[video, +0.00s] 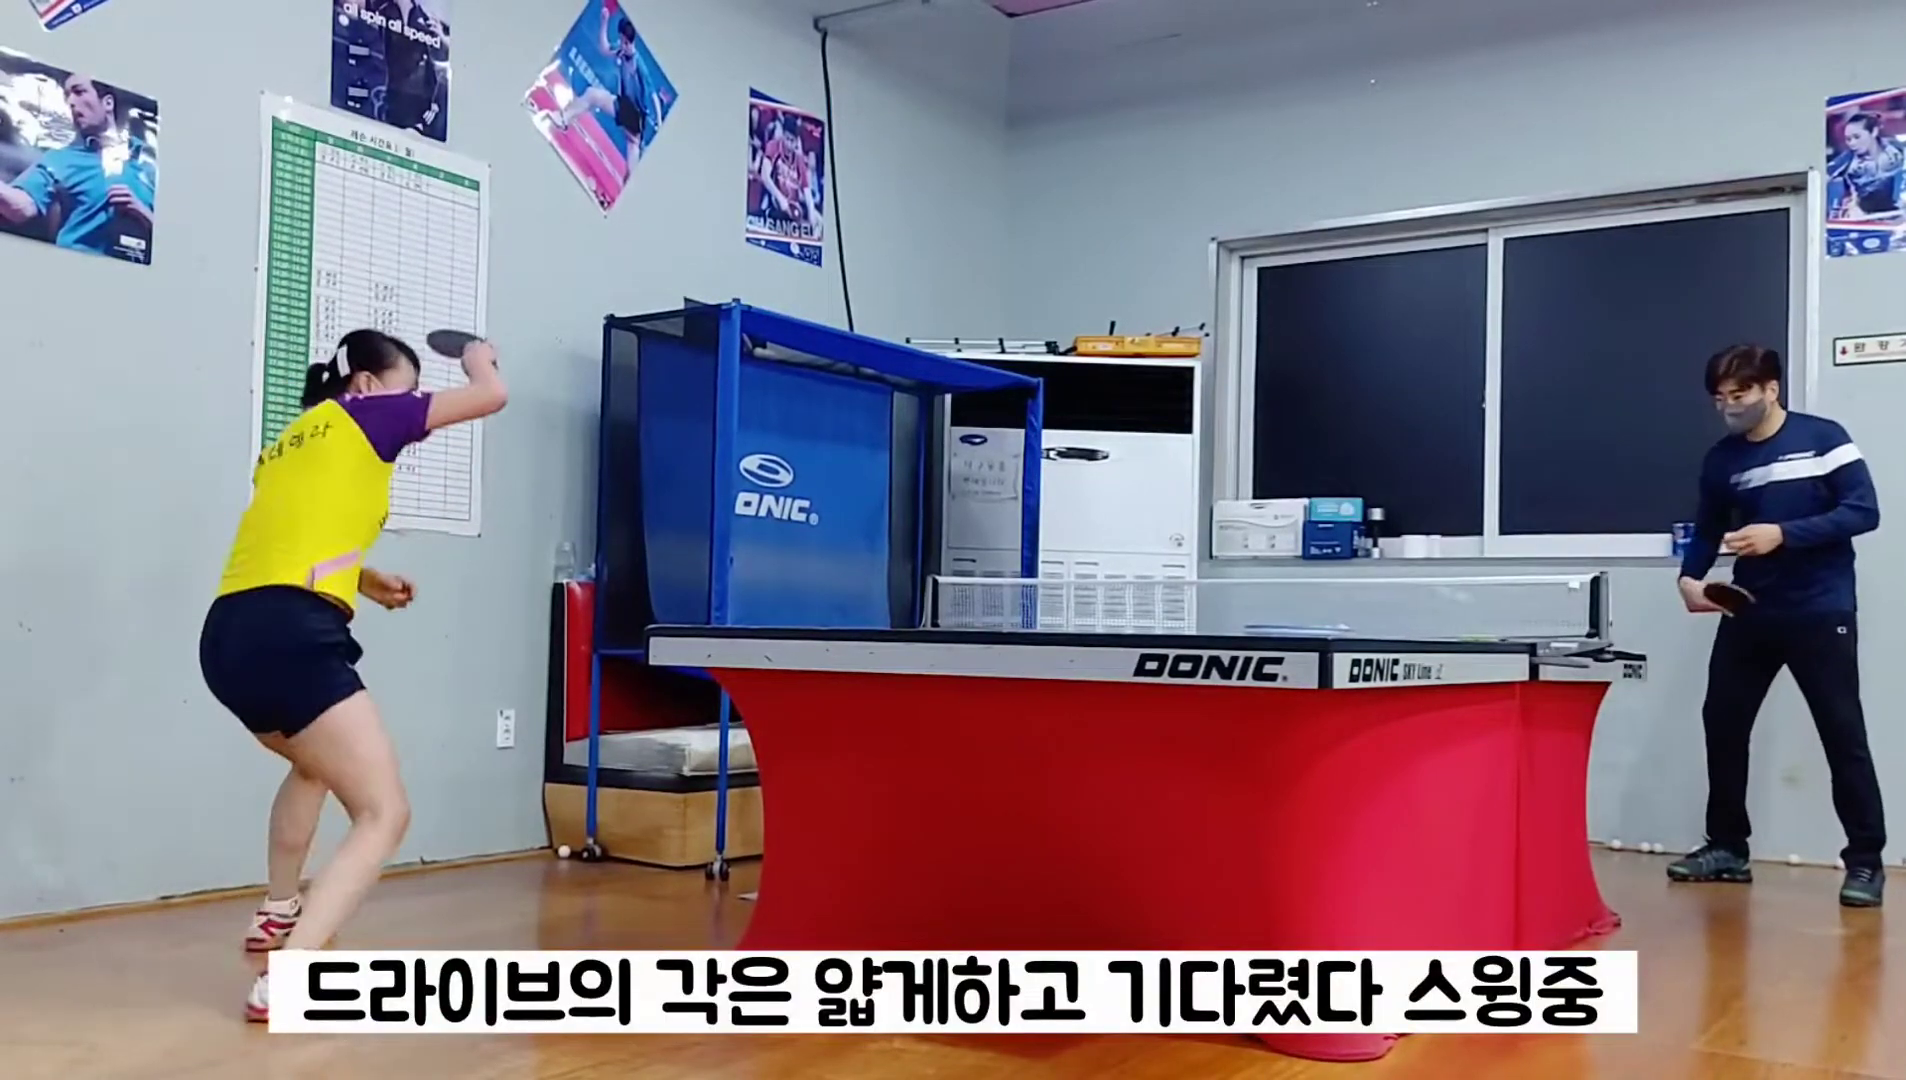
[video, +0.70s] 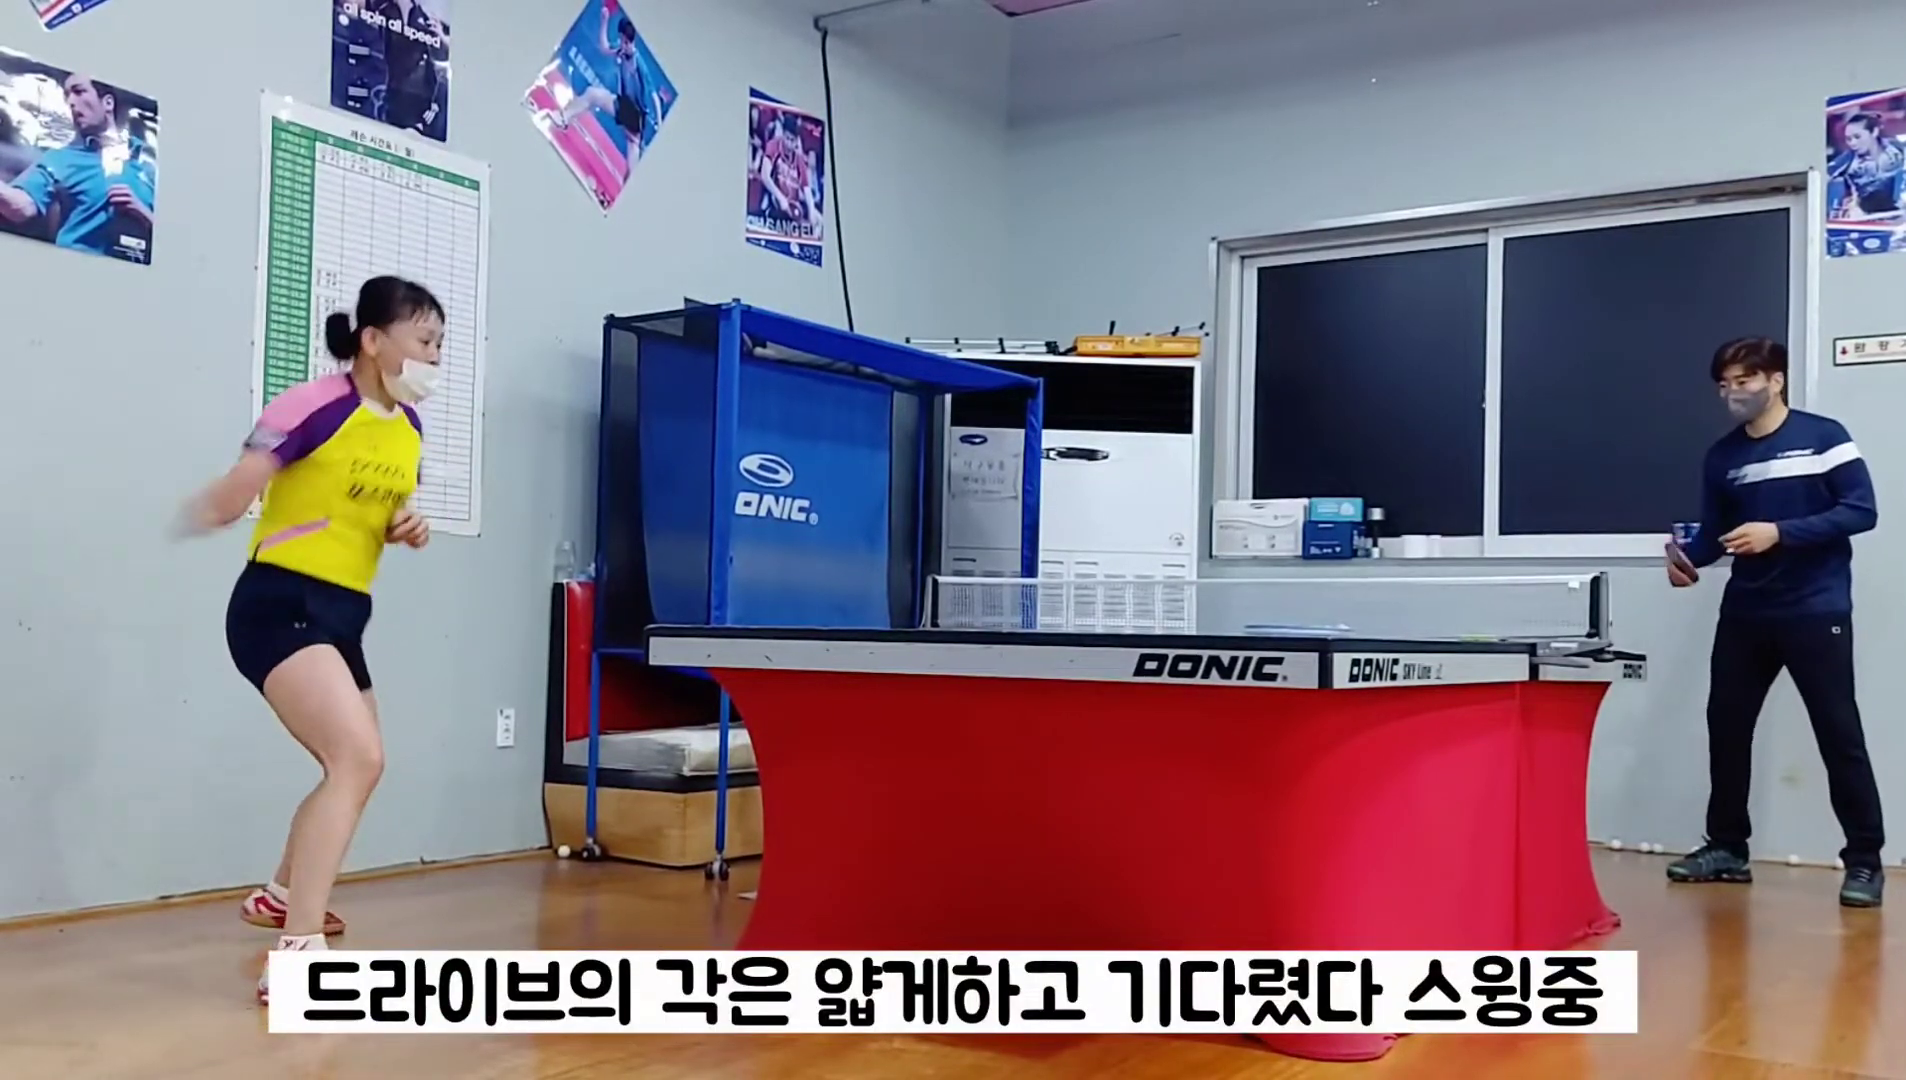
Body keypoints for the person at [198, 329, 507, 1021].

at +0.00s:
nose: (411, 402)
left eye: (413, 392)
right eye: (406, 390)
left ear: (349, 382)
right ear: (367, 380)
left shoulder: (293, 438)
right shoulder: (371, 414)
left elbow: (295, 530)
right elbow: (491, 398)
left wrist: (366, 577)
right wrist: (482, 365)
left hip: (225, 635)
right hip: (291, 629)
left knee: (311, 767)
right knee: (383, 814)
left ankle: (281, 910)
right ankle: (286, 981)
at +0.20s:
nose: (418, 343)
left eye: (418, 330)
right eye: (410, 328)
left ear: (364, 332)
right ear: (371, 328)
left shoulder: (337, 392)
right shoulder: (347, 377)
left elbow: (308, 508)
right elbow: (414, 470)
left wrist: (382, 525)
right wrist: (490, 464)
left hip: (285, 601)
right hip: (292, 602)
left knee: (337, 765)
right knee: (366, 774)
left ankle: (280, 899)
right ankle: (293, 965)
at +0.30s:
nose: (422, 338)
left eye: (422, 325)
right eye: (414, 324)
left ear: (378, 334)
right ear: (370, 330)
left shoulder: (378, 415)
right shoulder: (329, 391)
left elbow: (356, 517)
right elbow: (303, 508)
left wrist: (431, 550)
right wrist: (402, 536)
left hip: (335, 608)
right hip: (280, 603)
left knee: (362, 766)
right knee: (360, 763)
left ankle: (274, 893)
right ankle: (305, 949)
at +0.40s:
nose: (421, 378)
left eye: (422, 364)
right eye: (411, 363)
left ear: (373, 374)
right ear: (363, 373)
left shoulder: (415, 459)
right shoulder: (292, 450)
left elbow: (413, 538)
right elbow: (221, 550)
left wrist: (410, 560)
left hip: (355, 648)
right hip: (274, 636)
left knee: (370, 811)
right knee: (360, 771)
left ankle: (265, 898)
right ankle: (304, 957)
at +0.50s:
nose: (411, 414)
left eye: (413, 400)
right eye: (398, 399)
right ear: (349, 408)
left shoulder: (420, 480)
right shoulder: (281, 479)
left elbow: (431, 570)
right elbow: (189, 559)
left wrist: (404, 586)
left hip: (361, 664)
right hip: (277, 649)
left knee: (372, 834)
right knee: (360, 767)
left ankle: (267, 902)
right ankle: (304, 959)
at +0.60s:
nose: (414, 394)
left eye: (417, 381)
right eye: (401, 380)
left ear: (407, 390)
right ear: (350, 387)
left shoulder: (421, 466)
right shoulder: (282, 461)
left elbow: (426, 554)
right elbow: (189, 536)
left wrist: (408, 567)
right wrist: (84, 544)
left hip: (357, 651)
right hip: (277, 637)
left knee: (371, 813)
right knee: (364, 768)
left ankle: (269, 902)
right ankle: (306, 956)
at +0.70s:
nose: (433, 357)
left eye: (438, 344)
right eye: (422, 341)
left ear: (425, 351)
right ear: (371, 339)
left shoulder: (408, 426)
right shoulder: (313, 404)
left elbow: (379, 514)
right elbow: (231, 497)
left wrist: (405, 525)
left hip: (339, 616)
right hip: (277, 605)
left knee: (362, 764)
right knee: (354, 758)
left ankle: (285, 892)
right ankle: (301, 950)